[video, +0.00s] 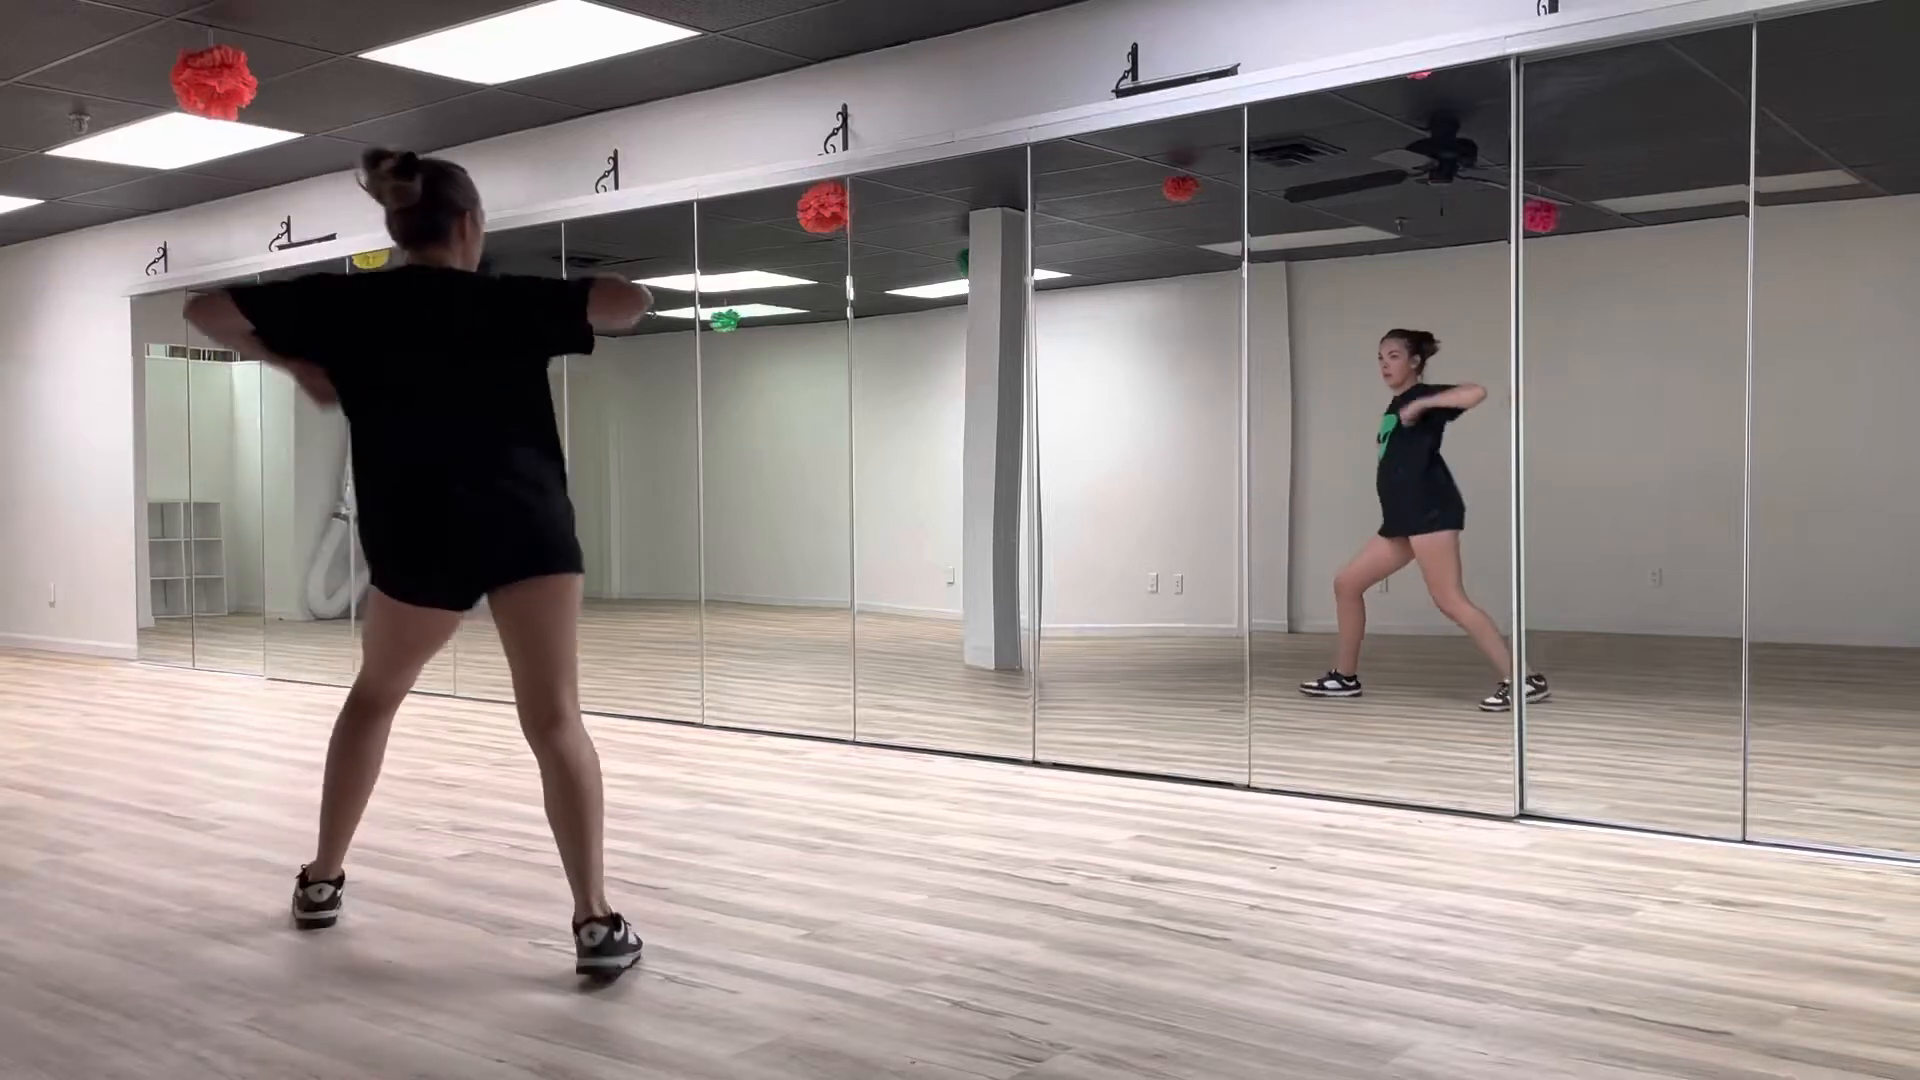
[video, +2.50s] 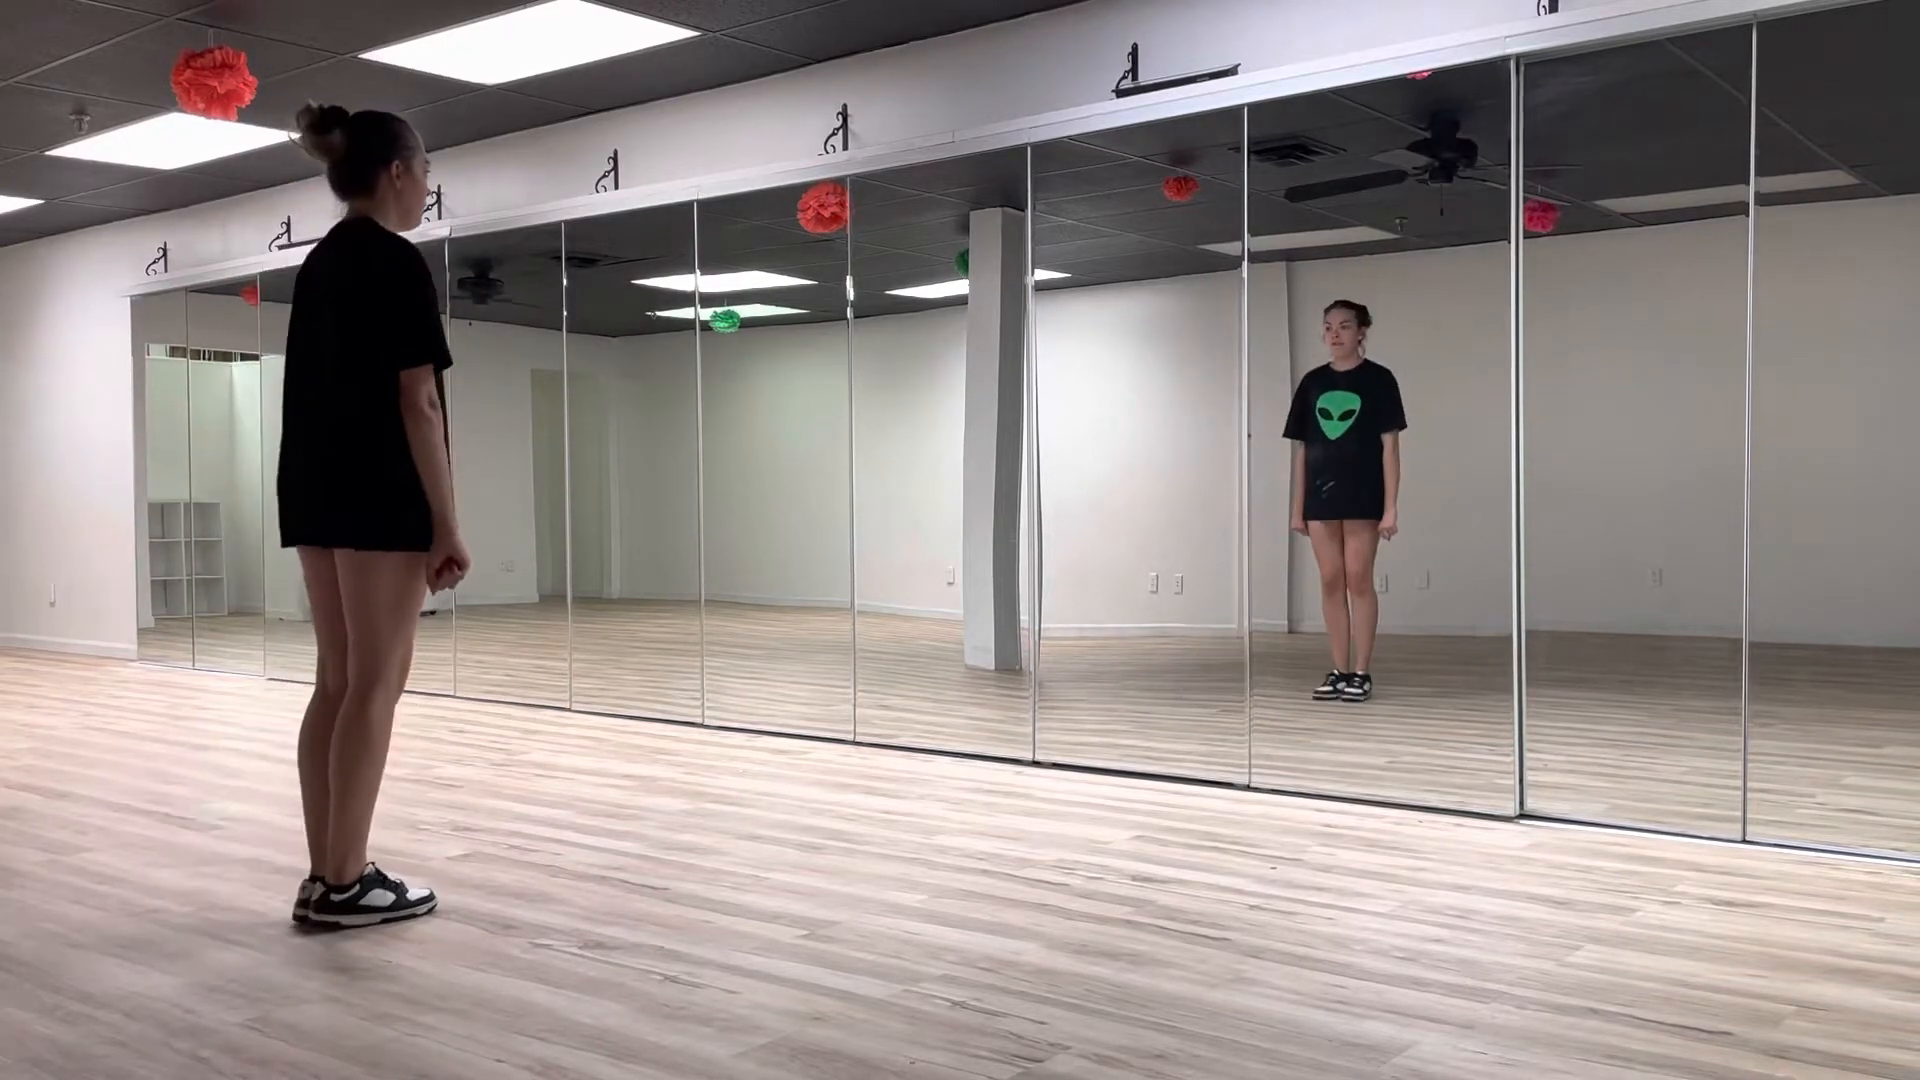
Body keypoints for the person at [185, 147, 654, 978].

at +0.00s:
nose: (481, 237)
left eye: (476, 227)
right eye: (480, 227)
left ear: (395, 233)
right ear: (468, 227)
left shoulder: (345, 302)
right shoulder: (509, 299)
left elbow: (202, 308)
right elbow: (627, 302)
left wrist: (295, 363)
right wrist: (562, 301)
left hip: (417, 533)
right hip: (530, 524)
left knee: (373, 697)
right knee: (555, 720)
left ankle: (324, 876)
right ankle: (594, 919)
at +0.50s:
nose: (432, 203)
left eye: (431, 189)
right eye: (428, 188)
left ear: (347, 192)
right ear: (404, 187)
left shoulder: (297, 286)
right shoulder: (429, 281)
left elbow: (279, 427)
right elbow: (488, 416)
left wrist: (298, 534)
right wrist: (537, 527)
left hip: (327, 515)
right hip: (427, 505)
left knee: (366, 685)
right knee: (487, 679)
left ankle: (330, 878)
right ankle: (509, 858)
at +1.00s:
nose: (424, 188)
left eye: (420, 171)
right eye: (418, 172)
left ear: (352, 177)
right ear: (389, 174)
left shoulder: (318, 260)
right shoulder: (371, 262)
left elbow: (322, 398)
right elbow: (389, 403)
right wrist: (418, 527)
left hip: (298, 490)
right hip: (357, 493)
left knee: (331, 683)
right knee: (367, 683)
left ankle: (306, 875)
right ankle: (338, 876)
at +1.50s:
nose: (378, 222)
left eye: (377, 209)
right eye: (371, 208)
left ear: (333, 212)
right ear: (332, 211)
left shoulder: (338, 289)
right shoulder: (269, 276)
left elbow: (342, 331)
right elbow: (219, 278)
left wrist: (399, 308)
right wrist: (334, 258)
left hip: (340, 505)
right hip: (294, 507)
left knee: (303, 671)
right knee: (392, 674)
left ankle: (216, 801)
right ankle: (344, 876)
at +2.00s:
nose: (389, 233)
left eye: (385, 219)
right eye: (380, 218)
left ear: (334, 227)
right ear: (343, 224)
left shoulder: (332, 309)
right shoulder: (305, 301)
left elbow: (336, 423)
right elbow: (314, 416)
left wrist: (375, 518)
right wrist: (386, 507)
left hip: (318, 524)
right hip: (306, 524)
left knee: (309, 684)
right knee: (414, 687)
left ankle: (208, 807)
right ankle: (345, 876)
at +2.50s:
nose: (428, 188)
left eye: (426, 173)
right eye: (424, 173)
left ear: (350, 178)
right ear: (397, 173)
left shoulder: (318, 263)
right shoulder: (399, 263)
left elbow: (315, 397)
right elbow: (420, 401)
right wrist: (448, 524)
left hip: (312, 489)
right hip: (384, 492)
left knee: (335, 681)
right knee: (377, 684)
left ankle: (326, 875)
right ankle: (347, 876)